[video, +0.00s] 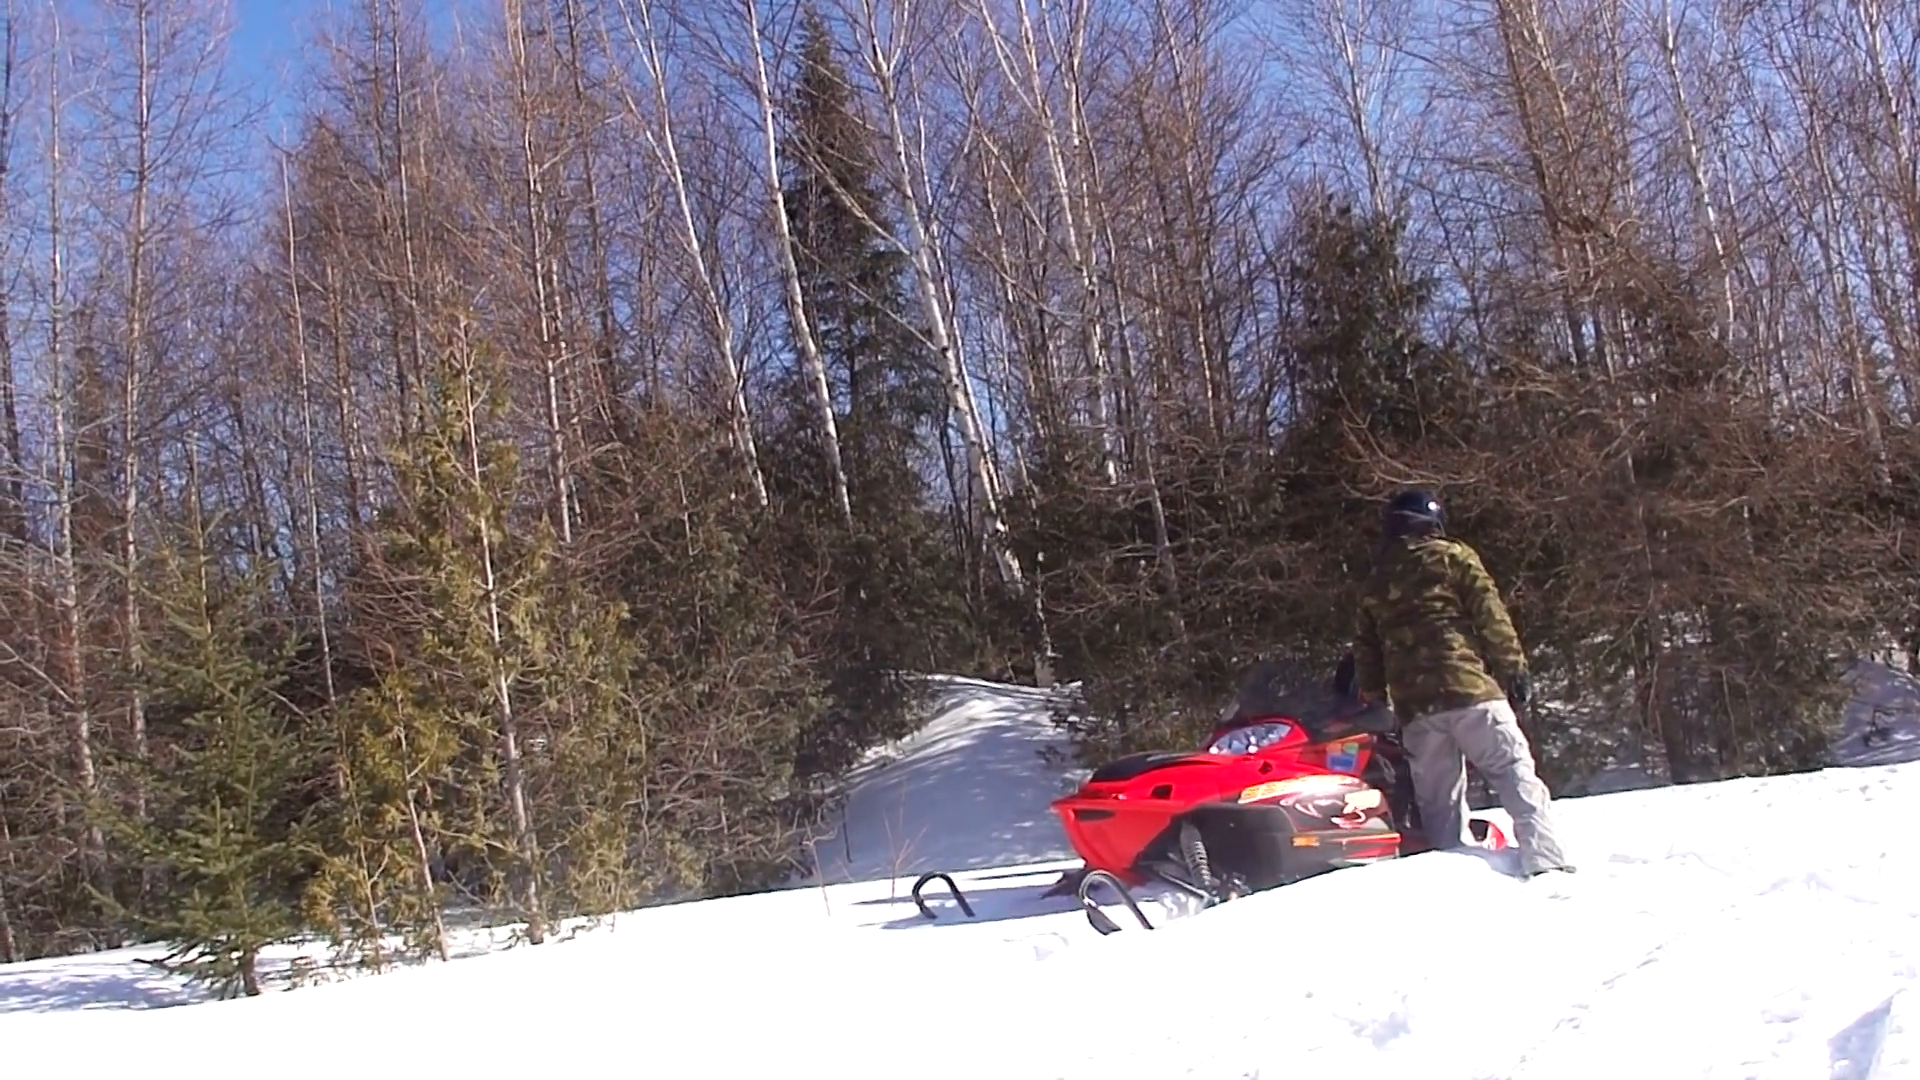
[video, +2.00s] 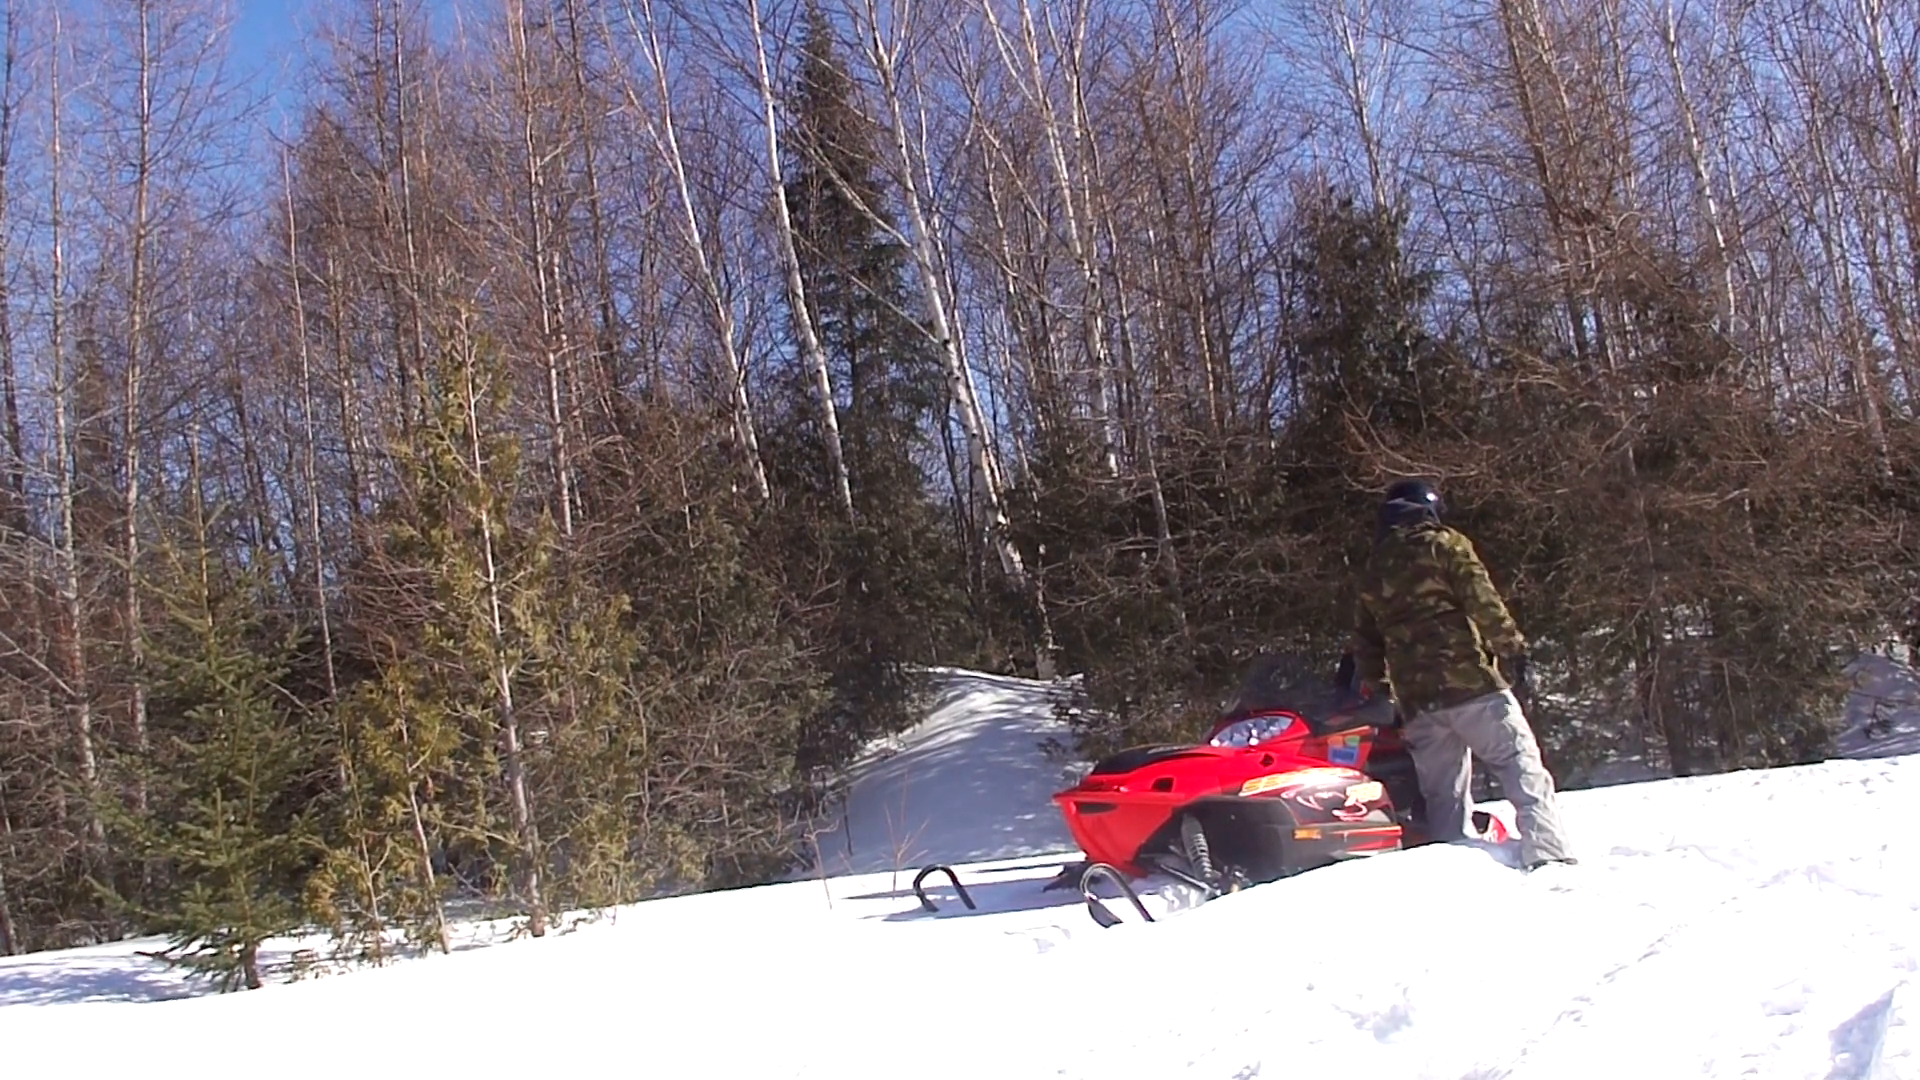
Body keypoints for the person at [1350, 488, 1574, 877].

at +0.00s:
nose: (1443, 526)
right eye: (1439, 519)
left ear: (1391, 525)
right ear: (1433, 521)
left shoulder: (1376, 577)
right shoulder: (1453, 554)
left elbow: (1367, 644)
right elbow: (1488, 612)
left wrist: (1373, 691)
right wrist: (1513, 667)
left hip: (1413, 701)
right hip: (1468, 689)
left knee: (1438, 800)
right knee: (1512, 768)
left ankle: (1450, 879)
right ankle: (1543, 858)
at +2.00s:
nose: (1440, 513)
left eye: (1437, 506)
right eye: (1436, 506)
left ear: (1390, 513)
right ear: (1427, 508)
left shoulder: (1372, 566)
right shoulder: (1446, 542)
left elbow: (1366, 639)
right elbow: (1483, 603)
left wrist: (1380, 686)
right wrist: (1516, 654)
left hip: (1415, 699)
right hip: (1470, 684)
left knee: (1442, 800)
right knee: (1518, 760)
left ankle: (1450, 879)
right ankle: (1547, 853)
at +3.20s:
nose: (1477, 556)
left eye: (1481, 552)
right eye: (1478, 548)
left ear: (1438, 523)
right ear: (1468, 531)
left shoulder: (1388, 560)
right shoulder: (1450, 545)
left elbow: (1377, 630)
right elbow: (1472, 610)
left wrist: (1393, 684)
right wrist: (1505, 658)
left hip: (1408, 696)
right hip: (1454, 682)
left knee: (1440, 799)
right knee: (1512, 759)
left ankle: (1449, 873)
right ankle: (1547, 854)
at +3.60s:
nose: (1514, 563)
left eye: (1521, 557)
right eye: (1519, 552)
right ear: (1507, 532)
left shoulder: (1429, 548)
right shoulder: (1470, 540)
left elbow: (1416, 618)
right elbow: (1474, 602)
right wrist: (1503, 656)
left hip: (1422, 687)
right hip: (1462, 677)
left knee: (1453, 787)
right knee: (1533, 748)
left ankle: (1459, 867)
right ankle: (1562, 848)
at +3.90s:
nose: (1569, 554)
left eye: (1574, 547)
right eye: (1571, 543)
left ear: (1545, 525)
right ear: (1554, 528)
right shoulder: (1513, 543)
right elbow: (1507, 612)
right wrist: (1528, 677)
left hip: (1461, 681)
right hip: (1494, 678)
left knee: (1474, 776)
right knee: (1561, 750)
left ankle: (1467, 858)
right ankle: (1593, 847)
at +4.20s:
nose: (1635, 543)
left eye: (1640, 535)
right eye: (1635, 532)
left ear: (1608, 520)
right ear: (1615, 522)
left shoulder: (1547, 538)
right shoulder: (1572, 546)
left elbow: (1511, 609)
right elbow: (1560, 616)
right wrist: (1590, 678)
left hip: (1508, 675)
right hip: (1539, 674)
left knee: (1513, 770)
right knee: (1608, 745)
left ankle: (1482, 854)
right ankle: (1599, 854)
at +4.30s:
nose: (1647, 529)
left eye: (1651, 520)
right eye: (1645, 517)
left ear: (1615, 509)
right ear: (1623, 510)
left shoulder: (1582, 534)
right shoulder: (1580, 537)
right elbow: (1567, 609)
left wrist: (1601, 661)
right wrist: (1602, 669)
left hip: (1519, 665)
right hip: (1544, 665)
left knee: (1546, 751)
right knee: (1608, 744)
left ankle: (1483, 836)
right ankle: (1599, 853)